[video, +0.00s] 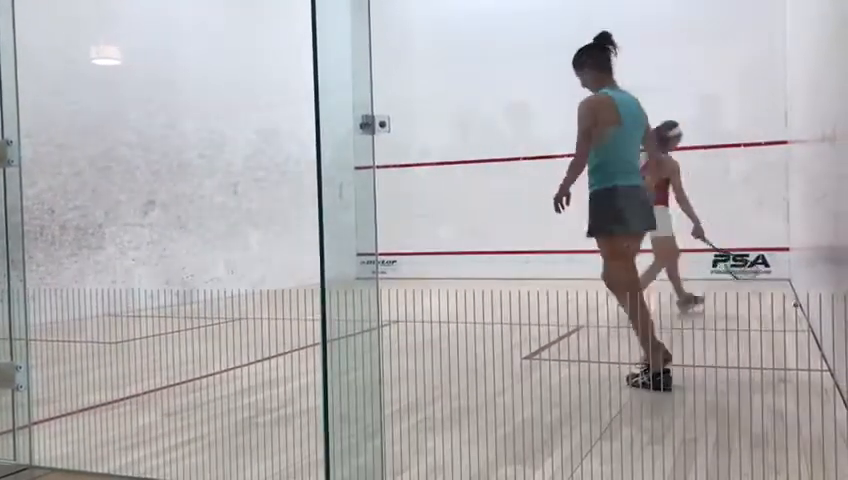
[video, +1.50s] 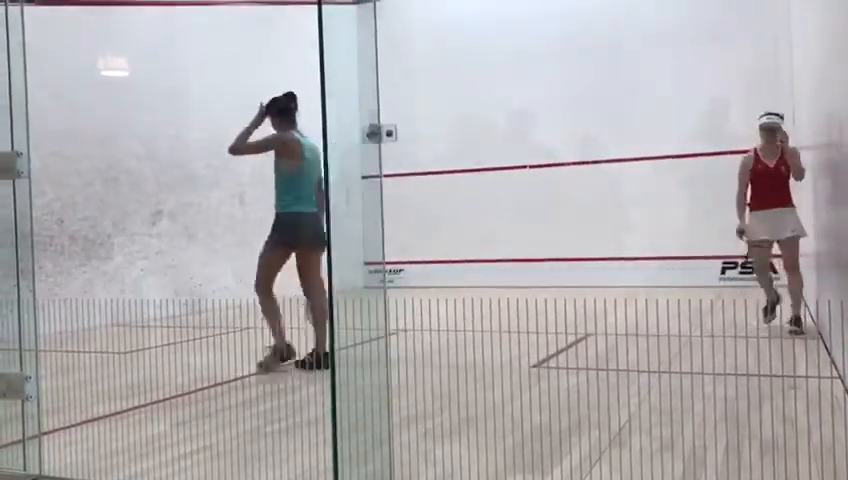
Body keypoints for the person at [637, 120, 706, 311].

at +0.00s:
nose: (678, 143)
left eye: (678, 138)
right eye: (676, 139)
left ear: (659, 139)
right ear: (670, 140)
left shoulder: (646, 160)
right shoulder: (669, 164)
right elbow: (680, 196)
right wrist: (696, 222)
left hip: (647, 210)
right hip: (660, 212)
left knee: (671, 254)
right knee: (664, 256)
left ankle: (682, 296)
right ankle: (634, 292)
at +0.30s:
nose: (743, 167)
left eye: (743, 164)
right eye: (740, 164)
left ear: (725, 164)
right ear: (728, 164)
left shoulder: (709, 177)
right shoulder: (718, 185)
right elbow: (725, 225)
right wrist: (732, 253)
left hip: (696, 230)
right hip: (699, 232)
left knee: (727, 260)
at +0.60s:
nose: (758, 143)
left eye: (759, 140)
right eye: (755, 140)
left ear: (749, 142)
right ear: (744, 141)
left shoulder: (747, 158)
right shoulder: (728, 161)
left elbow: (745, 184)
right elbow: (703, 189)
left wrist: (768, 194)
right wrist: (706, 218)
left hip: (730, 210)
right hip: (719, 211)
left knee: (735, 255)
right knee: (736, 254)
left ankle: (727, 300)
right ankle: (728, 301)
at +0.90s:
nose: (755, 136)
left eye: (757, 133)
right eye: (750, 132)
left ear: (760, 135)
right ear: (740, 135)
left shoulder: (763, 155)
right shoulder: (732, 160)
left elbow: (764, 183)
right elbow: (721, 192)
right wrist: (721, 221)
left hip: (759, 211)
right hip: (738, 212)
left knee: (765, 260)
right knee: (744, 259)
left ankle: (742, 292)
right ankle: (753, 303)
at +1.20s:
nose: (763, 138)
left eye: (766, 134)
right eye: (759, 134)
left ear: (770, 137)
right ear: (750, 137)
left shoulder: (778, 159)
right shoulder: (742, 164)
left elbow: (790, 188)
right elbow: (734, 198)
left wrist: (777, 185)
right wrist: (737, 227)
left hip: (775, 214)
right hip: (751, 216)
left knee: (785, 266)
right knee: (755, 266)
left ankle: (795, 311)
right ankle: (759, 306)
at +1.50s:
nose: (770, 134)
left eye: (774, 130)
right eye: (765, 130)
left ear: (781, 131)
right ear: (759, 132)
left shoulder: (789, 153)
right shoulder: (749, 159)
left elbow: (799, 176)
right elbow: (741, 192)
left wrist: (787, 149)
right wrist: (741, 221)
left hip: (785, 215)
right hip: (758, 218)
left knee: (792, 267)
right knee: (760, 267)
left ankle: (796, 314)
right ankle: (771, 296)